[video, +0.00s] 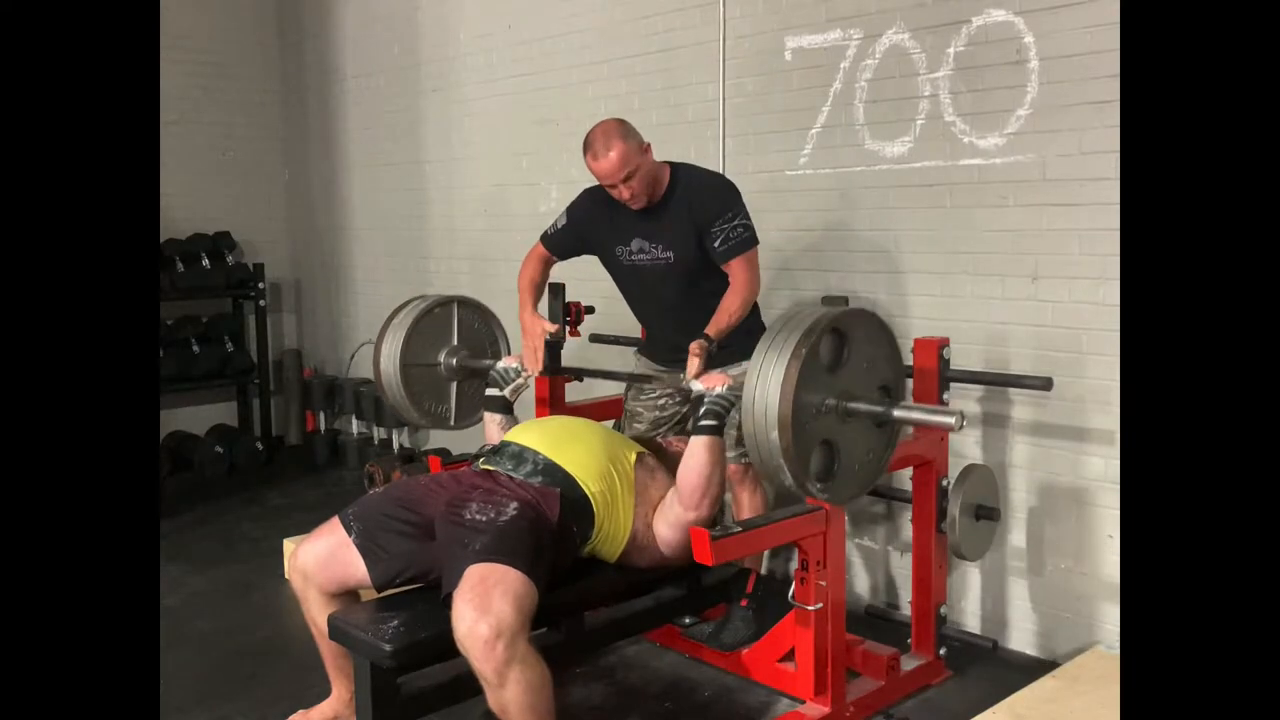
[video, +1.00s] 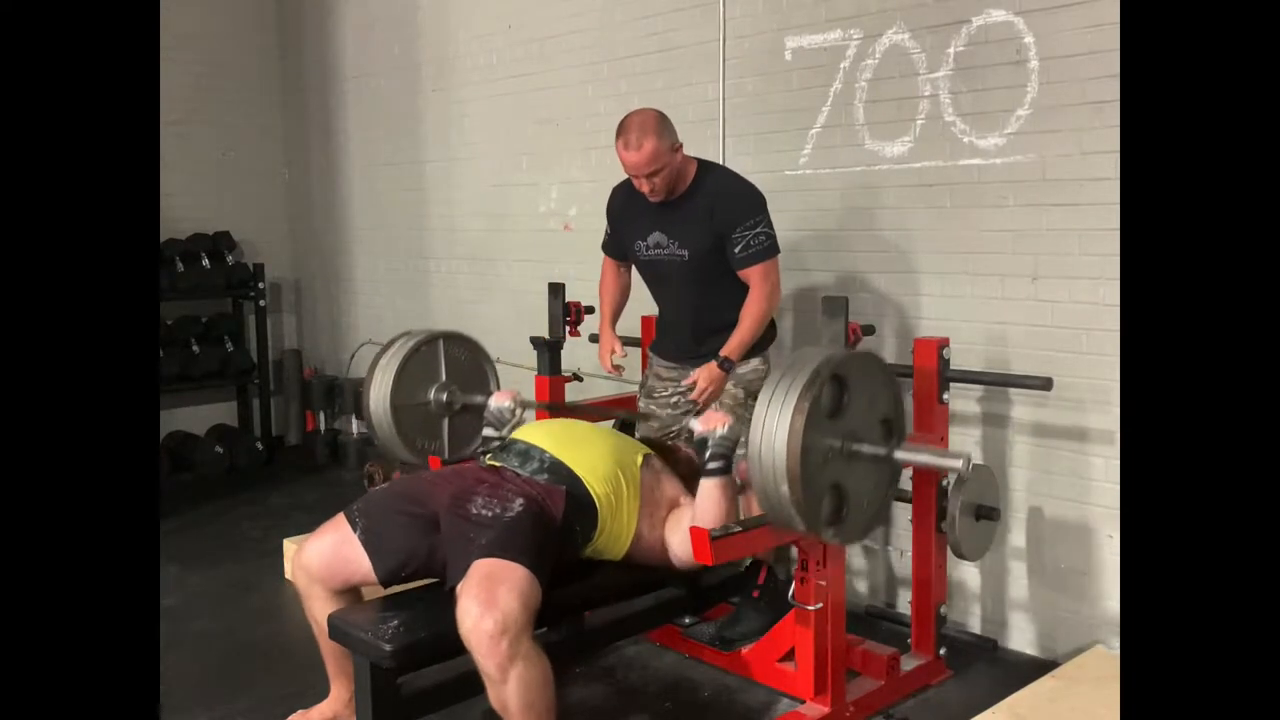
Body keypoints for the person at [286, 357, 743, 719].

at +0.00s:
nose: (682, 444)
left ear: (682, 447)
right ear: (662, 437)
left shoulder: (662, 500)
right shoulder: (571, 440)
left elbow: (697, 502)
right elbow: (496, 464)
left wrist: (712, 416)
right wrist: (497, 399)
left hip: (520, 503)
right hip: (453, 484)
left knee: (485, 629)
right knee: (307, 561)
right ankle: (343, 698)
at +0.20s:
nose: (669, 436)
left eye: (681, 439)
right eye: (665, 430)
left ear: (683, 463)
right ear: (642, 437)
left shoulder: (660, 497)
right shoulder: (566, 439)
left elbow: (682, 543)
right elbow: (489, 472)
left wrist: (705, 447)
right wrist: (489, 429)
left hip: (519, 506)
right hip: (458, 484)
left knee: (481, 633)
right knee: (305, 561)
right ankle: (342, 699)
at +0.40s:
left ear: (685, 463)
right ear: (661, 443)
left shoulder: (659, 499)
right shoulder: (574, 447)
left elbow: (682, 570)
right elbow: (510, 465)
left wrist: (700, 475)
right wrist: (496, 434)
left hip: (518, 509)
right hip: (453, 487)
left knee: (481, 633)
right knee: (305, 563)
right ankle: (344, 699)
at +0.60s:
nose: (671, 440)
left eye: (683, 441)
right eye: (668, 435)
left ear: (688, 462)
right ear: (652, 439)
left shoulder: (660, 503)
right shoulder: (578, 454)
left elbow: (685, 576)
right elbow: (514, 470)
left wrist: (697, 479)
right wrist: (492, 437)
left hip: (519, 514)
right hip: (453, 491)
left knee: (479, 636)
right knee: (302, 566)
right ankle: (344, 700)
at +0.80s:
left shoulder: (663, 512)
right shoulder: (584, 455)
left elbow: (691, 577)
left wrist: (704, 482)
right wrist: (491, 440)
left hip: (521, 508)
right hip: (453, 486)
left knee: (484, 634)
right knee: (306, 564)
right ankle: (343, 699)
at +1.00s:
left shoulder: (672, 504)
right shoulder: (582, 440)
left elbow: (710, 543)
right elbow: (515, 460)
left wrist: (717, 453)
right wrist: (503, 426)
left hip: (523, 498)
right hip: (463, 474)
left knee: (490, 627)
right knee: (311, 562)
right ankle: (342, 700)